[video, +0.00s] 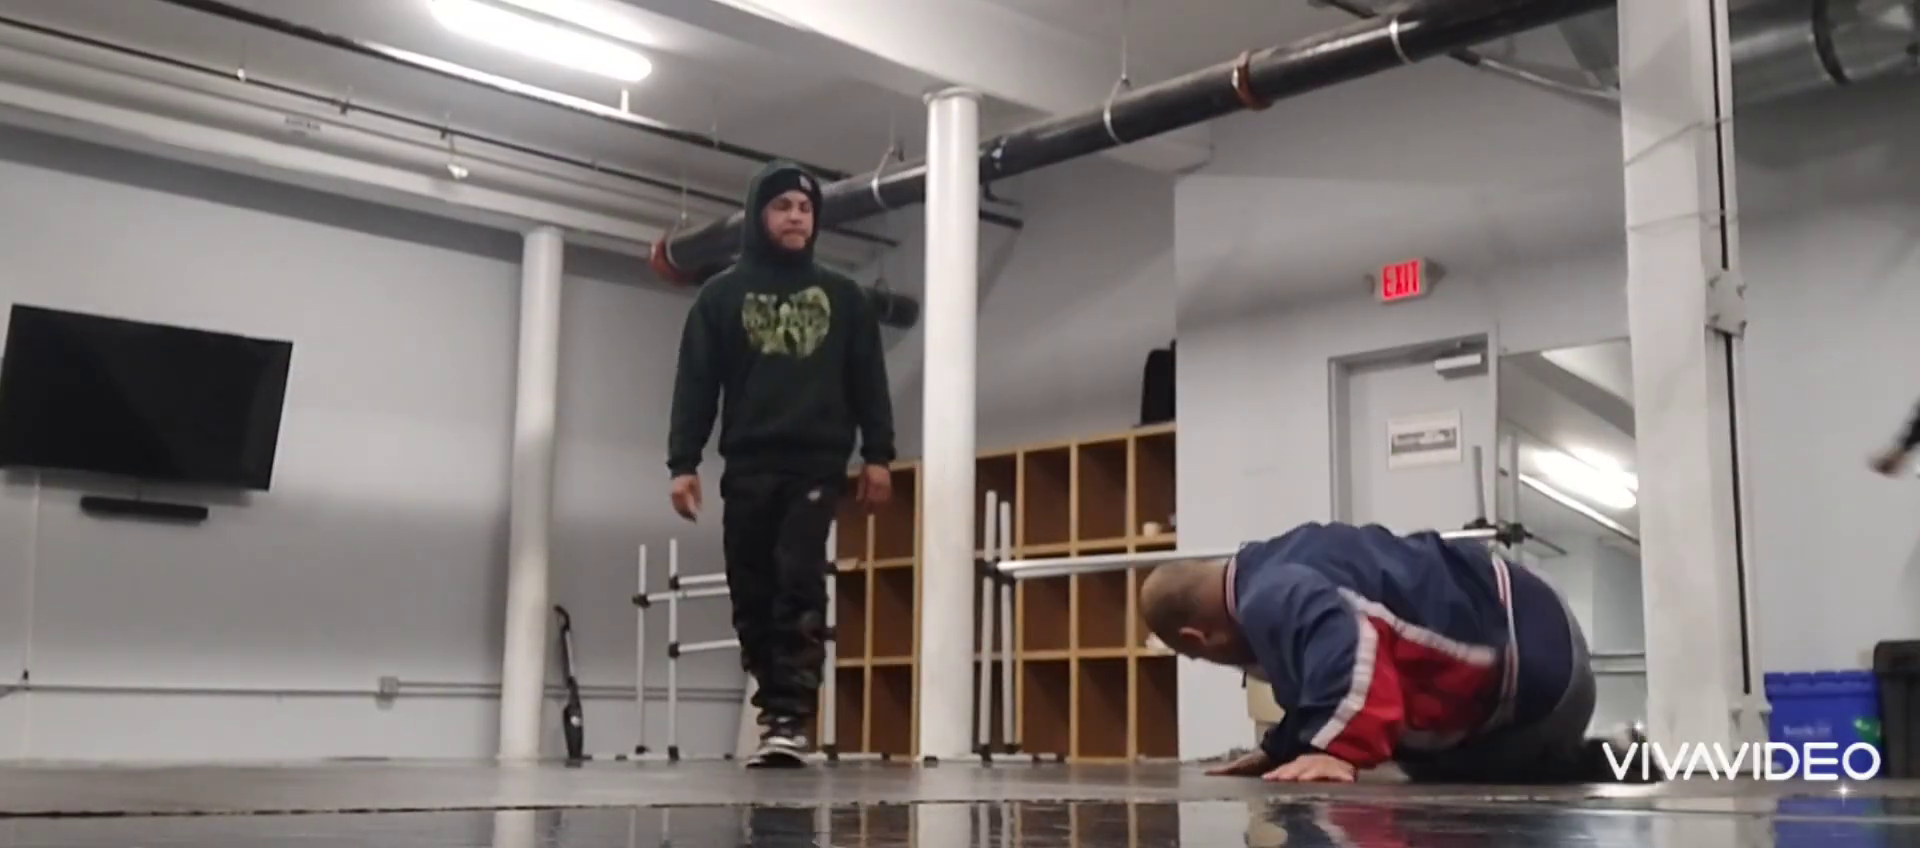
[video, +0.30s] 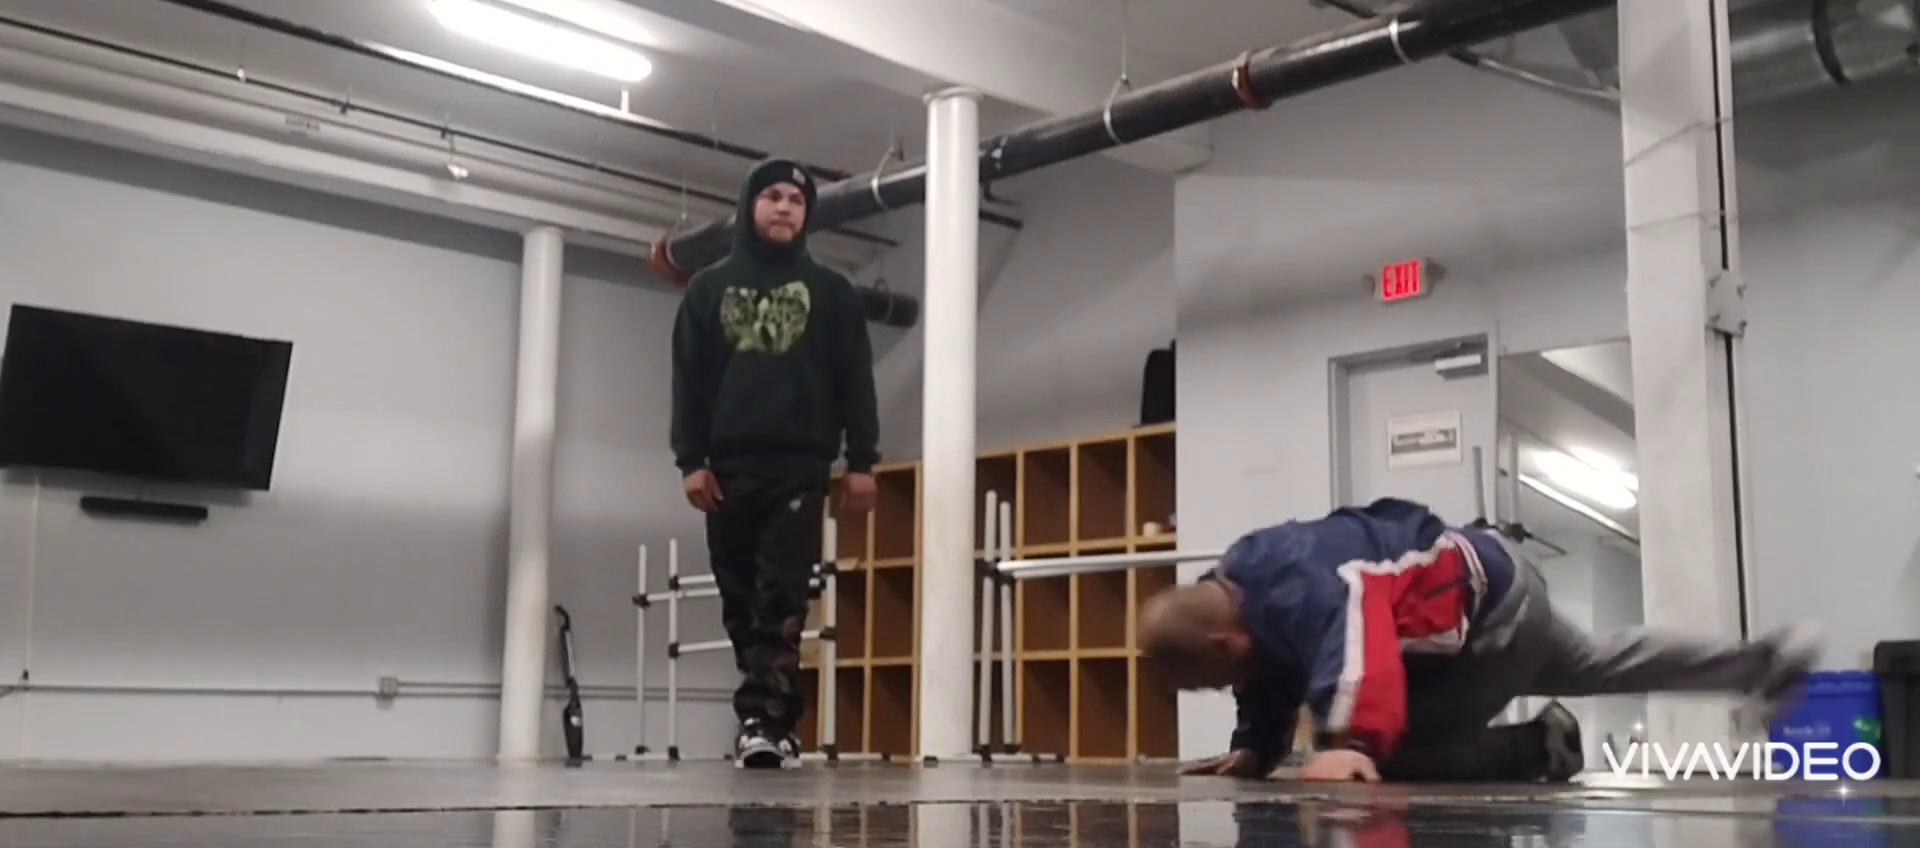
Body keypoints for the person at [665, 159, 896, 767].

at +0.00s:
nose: (797, 217)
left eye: (805, 208)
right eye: (784, 206)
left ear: (815, 219)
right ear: (758, 217)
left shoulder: (844, 294)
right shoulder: (721, 295)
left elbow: (869, 379)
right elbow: (696, 383)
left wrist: (878, 455)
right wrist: (684, 464)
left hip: (818, 463)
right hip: (749, 463)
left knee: (798, 581)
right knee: (752, 591)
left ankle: (793, 722)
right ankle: (775, 717)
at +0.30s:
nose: (784, 207)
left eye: (795, 200)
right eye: (773, 197)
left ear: (806, 216)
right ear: (749, 207)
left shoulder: (832, 290)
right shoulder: (708, 287)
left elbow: (857, 379)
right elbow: (688, 380)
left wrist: (862, 463)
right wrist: (691, 461)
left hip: (800, 462)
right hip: (729, 463)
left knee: (782, 589)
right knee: (739, 594)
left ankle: (761, 723)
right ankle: (773, 725)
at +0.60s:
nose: (787, 195)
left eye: (799, 190)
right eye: (775, 183)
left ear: (807, 208)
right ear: (749, 193)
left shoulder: (823, 281)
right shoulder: (699, 269)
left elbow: (838, 371)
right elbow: (661, 355)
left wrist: (822, 446)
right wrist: (631, 437)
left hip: (790, 454)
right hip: (716, 451)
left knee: (778, 585)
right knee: (717, 592)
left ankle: (759, 725)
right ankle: (759, 708)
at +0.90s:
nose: (772, 189)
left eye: (782, 182)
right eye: (761, 177)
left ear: (789, 197)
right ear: (730, 182)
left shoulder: (805, 274)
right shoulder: (680, 260)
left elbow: (829, 358)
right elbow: (649, 353)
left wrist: (832, 430)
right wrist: (640, 439)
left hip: (779, 451)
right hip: (702, 446)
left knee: (773, 588)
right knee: (692, 574)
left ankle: (756, 726)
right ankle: (656, 718)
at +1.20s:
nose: (740, 176)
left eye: (748, 170)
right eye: (728, 163)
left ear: (752, 186)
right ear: (695, 168)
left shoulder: (764, 267)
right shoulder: (644, 250)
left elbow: (794, 361)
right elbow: (622, 344)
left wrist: (820, 444)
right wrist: (631, 429)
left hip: (748, 450)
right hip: (671, 445)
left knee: (752, 590)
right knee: (656, 586)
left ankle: (750, 726)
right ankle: (631, 726)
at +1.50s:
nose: (710, 173)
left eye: (718, 164)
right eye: (699, 158)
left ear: (720, 176)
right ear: (662, 159)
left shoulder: (729, 255)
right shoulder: (613, 240)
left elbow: (744, 353)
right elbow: (588, 333)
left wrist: (746, 439)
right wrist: (589, 417)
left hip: (722, 441)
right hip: (646, 437)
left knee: (731, 590)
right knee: (640, 585)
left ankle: (727, 723)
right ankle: (628, 726)